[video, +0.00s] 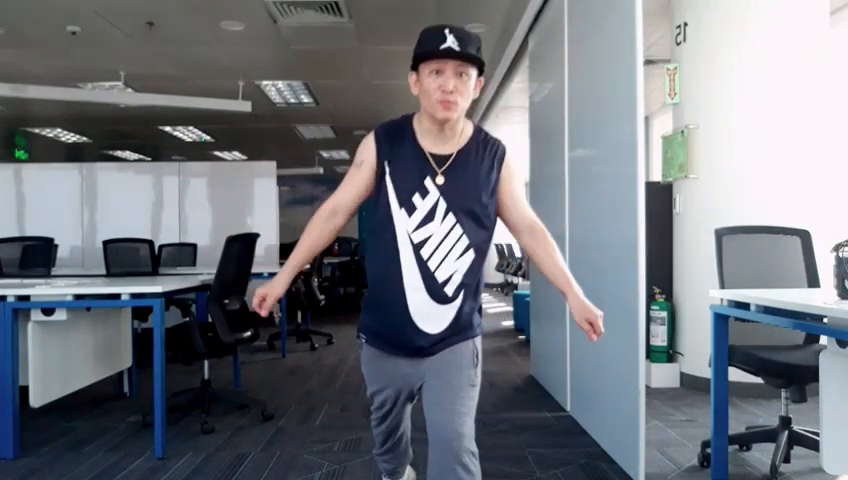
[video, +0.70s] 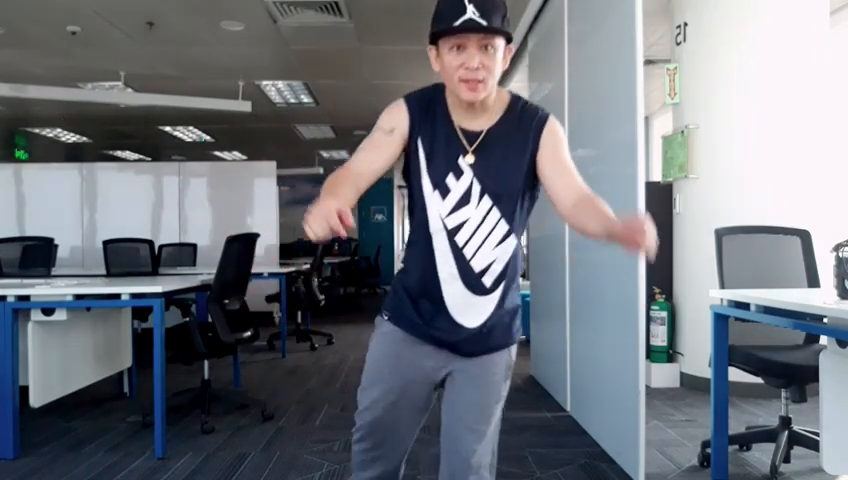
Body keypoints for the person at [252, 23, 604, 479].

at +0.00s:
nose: (448, 85)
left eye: (461, 75)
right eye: (436, 73)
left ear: (477, 85)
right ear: (414, 81)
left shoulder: (491, 156)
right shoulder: (382, 144)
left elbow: (529, 230)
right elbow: (334, 212)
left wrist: (574, 295)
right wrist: (282, 278)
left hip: (454, 337)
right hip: (385, 334)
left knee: (454, 452)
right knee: (387, 428)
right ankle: (395, 473)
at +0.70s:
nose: (472, 62)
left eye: (485, 48)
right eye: (458, 48)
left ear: (506, 56)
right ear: (435, 59)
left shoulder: (538, 128)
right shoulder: (409, 114)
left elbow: (574, 199)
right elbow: (356, 172)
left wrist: (613, 227)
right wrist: (329, 202)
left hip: (489, 337)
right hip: (411, 325)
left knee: (469, 468)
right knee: (372, 456)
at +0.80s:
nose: (478, 50)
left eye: (492, 35)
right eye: (463, 37)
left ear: (512, 44)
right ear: (441, 48)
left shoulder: (546, 117)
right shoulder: (415, 110)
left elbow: (589, 189)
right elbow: (360, 174)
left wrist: (568, 190)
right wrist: (307, 209)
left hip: (496, 337)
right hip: (416, 324)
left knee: (475, 470)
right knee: (370, 460)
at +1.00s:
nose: (489, 34)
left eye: (503, 20)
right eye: (473, 20)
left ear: (525, 31)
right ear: (450, 34)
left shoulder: (558, 105)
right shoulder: (424, 109)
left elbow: (573, 181)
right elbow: (367, 193)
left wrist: (488, 194)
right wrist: (310, 269)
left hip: (515, 333)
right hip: (432, 323)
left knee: (492, 471)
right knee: (413, 464)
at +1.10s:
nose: (492, 32)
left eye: (508, 17)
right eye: (477, 17)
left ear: (529, 30)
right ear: (452, 30)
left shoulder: (561, 105)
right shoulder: (426, 112)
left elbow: (577, 182)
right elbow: (397, 193)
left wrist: (488, 221)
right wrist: (366, 259)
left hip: (522, 331)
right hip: (444, 329)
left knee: (508, 471)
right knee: (461, 470)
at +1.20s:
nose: (495, 23)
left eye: (511, 8)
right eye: (479, 8)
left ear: (535, 20)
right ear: (452, 21)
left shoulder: (573, 97)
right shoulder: (432, 109)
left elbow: (607, 176)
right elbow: (428, 186)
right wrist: (414, 242)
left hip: (542, 340)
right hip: (459, 340)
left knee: (522, 470)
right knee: (500, 471)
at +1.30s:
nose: (500, 6)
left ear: (543, 5)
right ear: (459, 10)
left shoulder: (594, 84)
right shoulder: (441, 103)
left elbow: (654, 176)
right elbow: (419, 194)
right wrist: (388, 262)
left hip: (566, 357)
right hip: (476, 359)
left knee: (549, 474)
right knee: (509, 474)